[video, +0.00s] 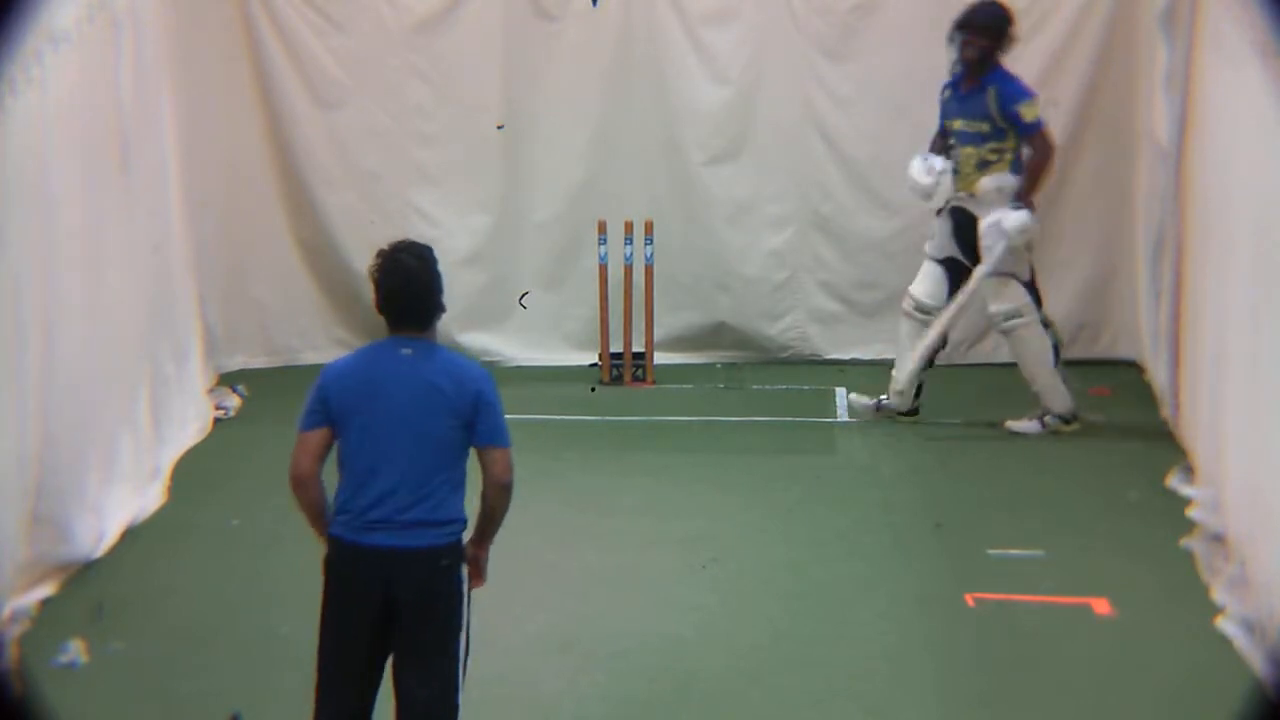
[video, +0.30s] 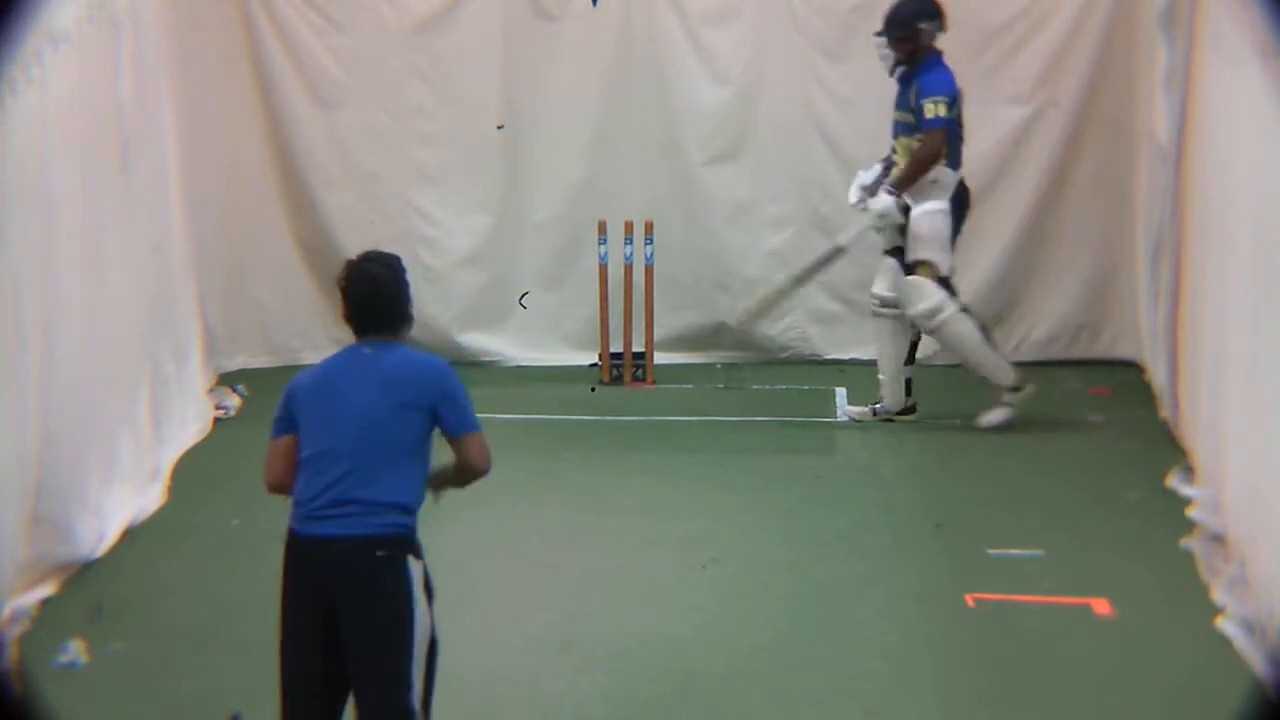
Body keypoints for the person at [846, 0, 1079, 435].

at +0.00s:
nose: (966, 48)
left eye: (976, 41)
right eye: (962, 39)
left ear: (996, 46)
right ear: (955, 40)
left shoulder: (1009, 92)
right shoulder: (952, 89)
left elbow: (1043, 147)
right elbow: (945, 133)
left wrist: (1020, 205)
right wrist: (930, 162)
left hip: (999, 214)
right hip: (957, 213)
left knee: (1011, 310)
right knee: (922, 302)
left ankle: (1059, 411)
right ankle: (902, 399)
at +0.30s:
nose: (890, 46)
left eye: (896, 38)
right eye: (889, 38)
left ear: (920, 36)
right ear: (910, 38)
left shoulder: (934, 80)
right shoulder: (912, 79)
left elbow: (935, 142)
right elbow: (906, 144)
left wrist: (895, 193)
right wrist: (879, 174)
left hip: (936, 194)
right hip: (911, 194)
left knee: (924, 298)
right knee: (888, 295)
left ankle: (1010, 387)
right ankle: (895, 401)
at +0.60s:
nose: (843, 56)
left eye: (847, 47)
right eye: (841, 49)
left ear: (868, 39)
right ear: (865, 41)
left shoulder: (893, 77)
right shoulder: (870, 79)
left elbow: (890, 142)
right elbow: (867, 143)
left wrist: (843, 178)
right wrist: (830, 165)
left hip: (896, 193)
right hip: (875, 191)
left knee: (850, 286)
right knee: (879, 294)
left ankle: (852, 399)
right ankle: (894, 394)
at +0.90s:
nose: (800, 61)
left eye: (804, 52)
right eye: (799, 53)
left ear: (825, 45)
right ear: (827, 45)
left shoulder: (850, 81)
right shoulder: (828, 82)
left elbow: (835, 146)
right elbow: (823, 145)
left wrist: (792, 169)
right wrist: (788, 156)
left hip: (842, 200)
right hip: (825, 197)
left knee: (794, 297)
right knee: (831, 305)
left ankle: (798, 408)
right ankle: (886, 391)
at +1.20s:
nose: (743, 61)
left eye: (747, 52)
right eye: (741, 53)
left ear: (771, 45)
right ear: (775, 46)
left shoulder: (795, 77)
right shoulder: (781, 79)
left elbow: (757, 123)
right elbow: (765, 123)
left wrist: (714, 135)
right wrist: (727, 120)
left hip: (797, 200)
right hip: (775, 198)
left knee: (771, 294)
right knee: (741, 273)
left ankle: (796, 408)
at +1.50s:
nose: (696, 63)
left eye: (699, 55)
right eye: (693, 57)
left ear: (716, 48)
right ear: (710, 57)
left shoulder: (751, 75)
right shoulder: (714, 99)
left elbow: (696, 71)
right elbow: (704, 162)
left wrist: (650, 84)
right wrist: (664, 130)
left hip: (750, 204)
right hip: (719, 205)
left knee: (729, 300)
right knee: (682, 294)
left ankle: (792, 400)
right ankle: (688, 399)